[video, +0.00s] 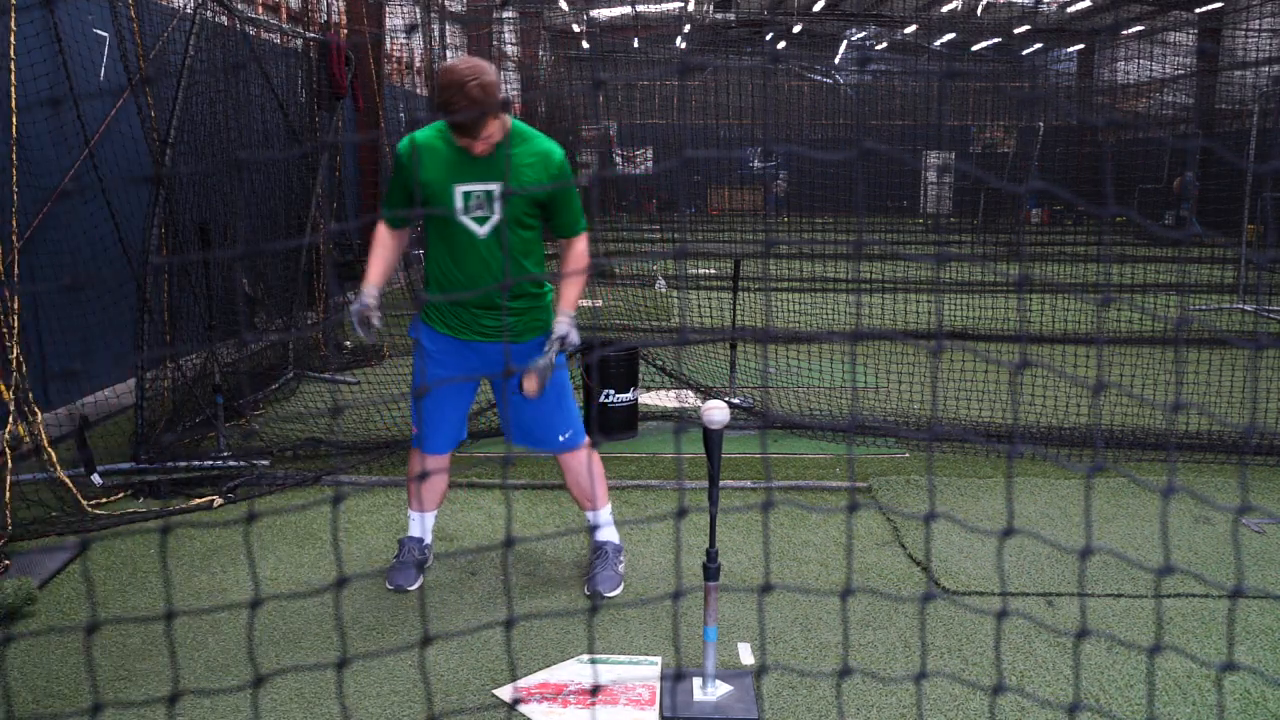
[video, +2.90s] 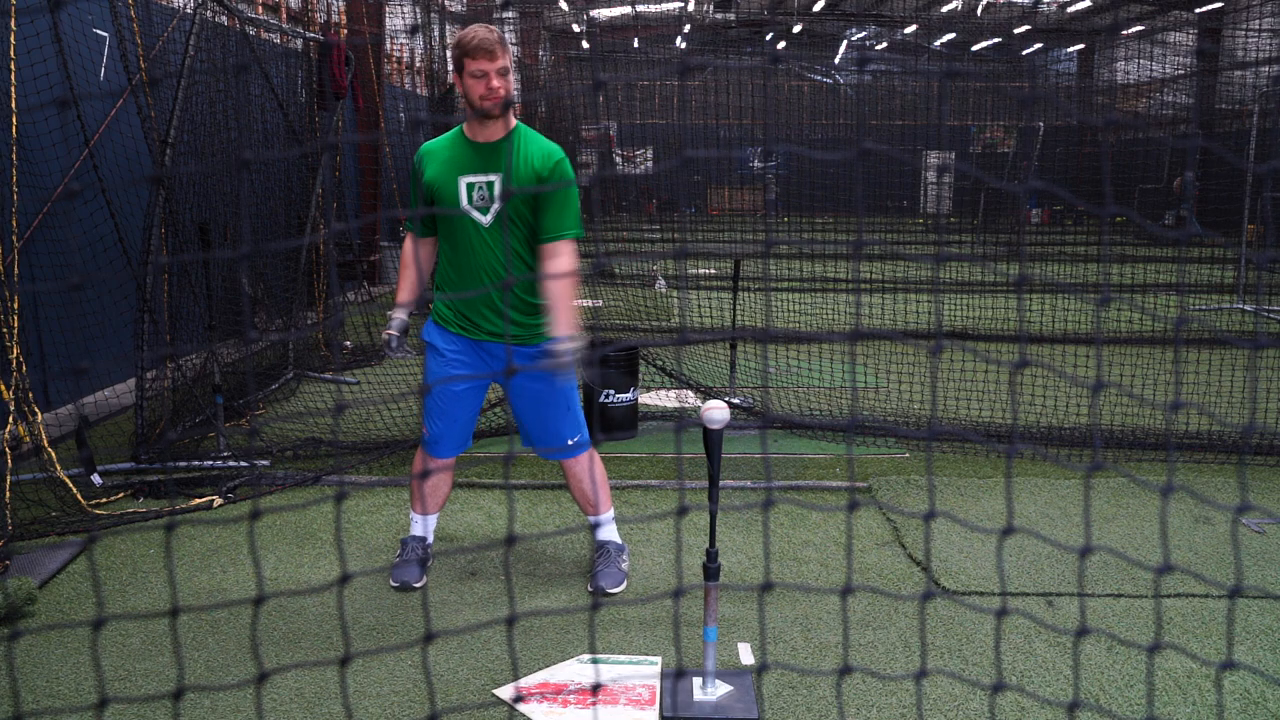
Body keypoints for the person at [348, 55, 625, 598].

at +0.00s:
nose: (478, 144)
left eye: (486, 132)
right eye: (466, 136)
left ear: (506, 111)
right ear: (447, 120)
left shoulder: (545, 159)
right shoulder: (417, 154)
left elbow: (575, 242)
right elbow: (392, 226)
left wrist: (564, 320)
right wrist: (369, 289)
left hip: (530, 331)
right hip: (446, 332)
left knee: (568, 441)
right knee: (430, 446)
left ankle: (606, 539)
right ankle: (416, 542)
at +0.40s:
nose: (475, 196)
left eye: (484, 185)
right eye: (464, 186)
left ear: (504, 153)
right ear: (447, 161)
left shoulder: (548, 201)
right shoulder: (431, 172)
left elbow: (566, 300)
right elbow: (425, 228)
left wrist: (559, 393)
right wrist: (416, 290)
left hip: (535, 333)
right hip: (456, 327)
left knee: (566, 435)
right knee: (437, 435)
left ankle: (606, 542)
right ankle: (418, 540)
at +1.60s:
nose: (495, 142)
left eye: (505, 129)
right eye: (484, 130)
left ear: (528, 109)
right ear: (470, 116)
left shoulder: (570, 169)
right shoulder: (445, 160)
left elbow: (593, 259)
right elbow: (426, 232)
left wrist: (603, 337)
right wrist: (408, 301)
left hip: (543, 335)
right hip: (460, 331)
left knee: (572, 446)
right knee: (438, 445)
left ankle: (605, 542)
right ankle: (417, 541)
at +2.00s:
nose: (491, 127)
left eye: (500, 113)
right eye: (479, 117)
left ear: (518, 94)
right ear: (461, 106)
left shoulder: (563, 157)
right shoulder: (440, 160)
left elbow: (606, 231)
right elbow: (419, 238)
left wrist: (651, 295)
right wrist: (401, 309)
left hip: (544, 330)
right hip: (462, 330)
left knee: (573, 442)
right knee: (440, 443)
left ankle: (606, 543)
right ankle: (419, 539)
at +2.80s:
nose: (487, 88)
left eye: (495, 75)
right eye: (475, 78)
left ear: (509, 75)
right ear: (456, 83)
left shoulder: (550, 156)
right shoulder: (433, 160)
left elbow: (597, 239)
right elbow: (419, 243)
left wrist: (645, 309)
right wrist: (399, 315)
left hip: (539, 332)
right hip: (458, 333)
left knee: (571, 444)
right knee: (437, 445)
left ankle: (608, 541)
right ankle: (418, 539)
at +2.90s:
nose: (492, 85)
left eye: (500, 74)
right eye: (479, 76)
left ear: (513, 78)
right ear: (458, 82)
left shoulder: (545, 160)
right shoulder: (431, 159)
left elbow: (559, 259)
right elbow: (420, 241)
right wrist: (401, 313)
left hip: (534, 335)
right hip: (455, 334)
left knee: (570, 444)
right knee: (437, 446)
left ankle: (608, 541)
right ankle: (418, 540)